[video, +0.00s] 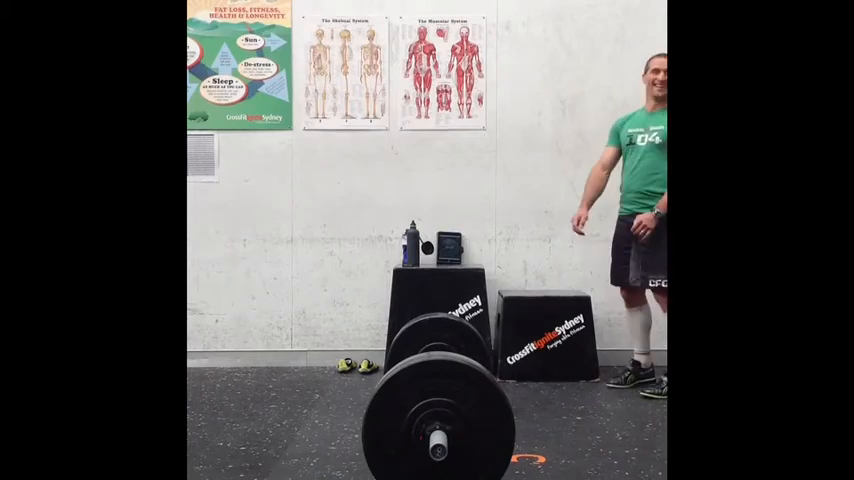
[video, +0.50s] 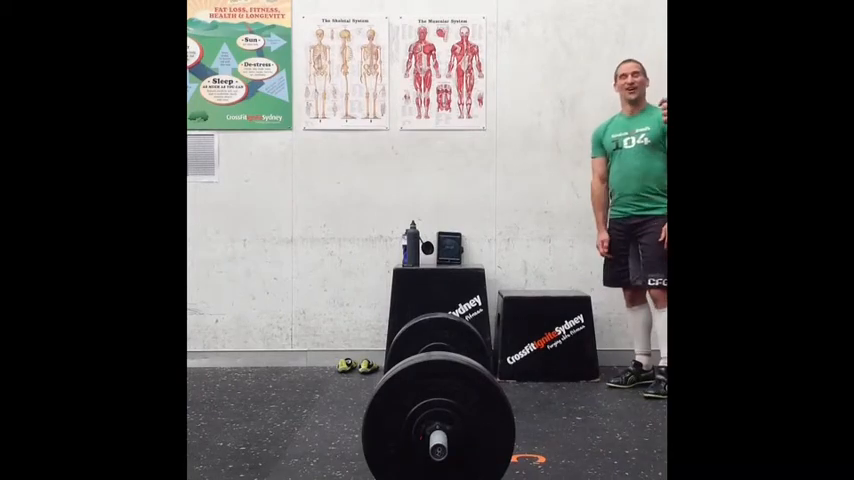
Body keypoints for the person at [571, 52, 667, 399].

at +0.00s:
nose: (661, 77)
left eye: (666, 72)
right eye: (656, 71)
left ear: (672, 81)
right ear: (644, 78)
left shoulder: (667, 120)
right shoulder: (625, 123)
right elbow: (603, 167)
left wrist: (657, 213)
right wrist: (584, 205)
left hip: (661, 219)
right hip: (629, 218)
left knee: (662, 293)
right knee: (631, 291)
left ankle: (666, 377)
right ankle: (642, 366)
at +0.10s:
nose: (652, 80)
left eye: (658, 75)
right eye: (646, 75)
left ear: (666, 82)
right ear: (636, 81)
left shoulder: (666, 120)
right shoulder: (619, 126)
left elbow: (668, 179)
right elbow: (600, 167)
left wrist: (658, 216)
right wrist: (581, 198)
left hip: (659, 221)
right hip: (627, 221)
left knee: (659, 293)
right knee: (634, 294)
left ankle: (664, 376)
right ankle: (643, 367)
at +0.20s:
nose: (645, 80)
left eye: (650, 75)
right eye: (638, 75)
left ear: (659, 81)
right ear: (628, 83)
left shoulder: (665, 120)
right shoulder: (613, 127)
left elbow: (668, 174)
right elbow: (598, 168)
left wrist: (664, 220)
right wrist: (585, 197)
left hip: (658, 220)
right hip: (625, 220)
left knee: (659, 293)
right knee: (635, 293)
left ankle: (666, 376)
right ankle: (642, 367)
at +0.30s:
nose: (638, 80)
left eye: (644, 74)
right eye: (632, 75)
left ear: (654, 81)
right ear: (623, 84)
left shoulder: (663, 120)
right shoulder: (609, 127)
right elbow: (597, 171)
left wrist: (668, 219)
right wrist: (592, 209)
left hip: (658, 219)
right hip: (624, 220)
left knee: (660, 293)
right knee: (635, 294)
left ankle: (667, 372)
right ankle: (643, 366)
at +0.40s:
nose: (634, 80)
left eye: (640, 74)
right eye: (628, 76)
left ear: (650, 81)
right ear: (619, 85)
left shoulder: (662, 119)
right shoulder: (606, 129)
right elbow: (598, 178)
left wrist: (670, 220)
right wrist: (600, 223)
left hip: (657, 220)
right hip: (621, 222)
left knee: (660, 293)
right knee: (634, 294)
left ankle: (665, 371)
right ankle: (642, 366)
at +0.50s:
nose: (630, 80)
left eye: (635, 75)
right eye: (623, 76)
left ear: (646, 82)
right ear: (616, 85)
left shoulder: (661, 119)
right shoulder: (603, 131)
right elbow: (599, 180)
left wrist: (670, 220)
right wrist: (601, 227)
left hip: (656, 219)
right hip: (620, 222)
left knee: (659, 293)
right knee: (633, 294)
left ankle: (664, 369)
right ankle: (642, 365)